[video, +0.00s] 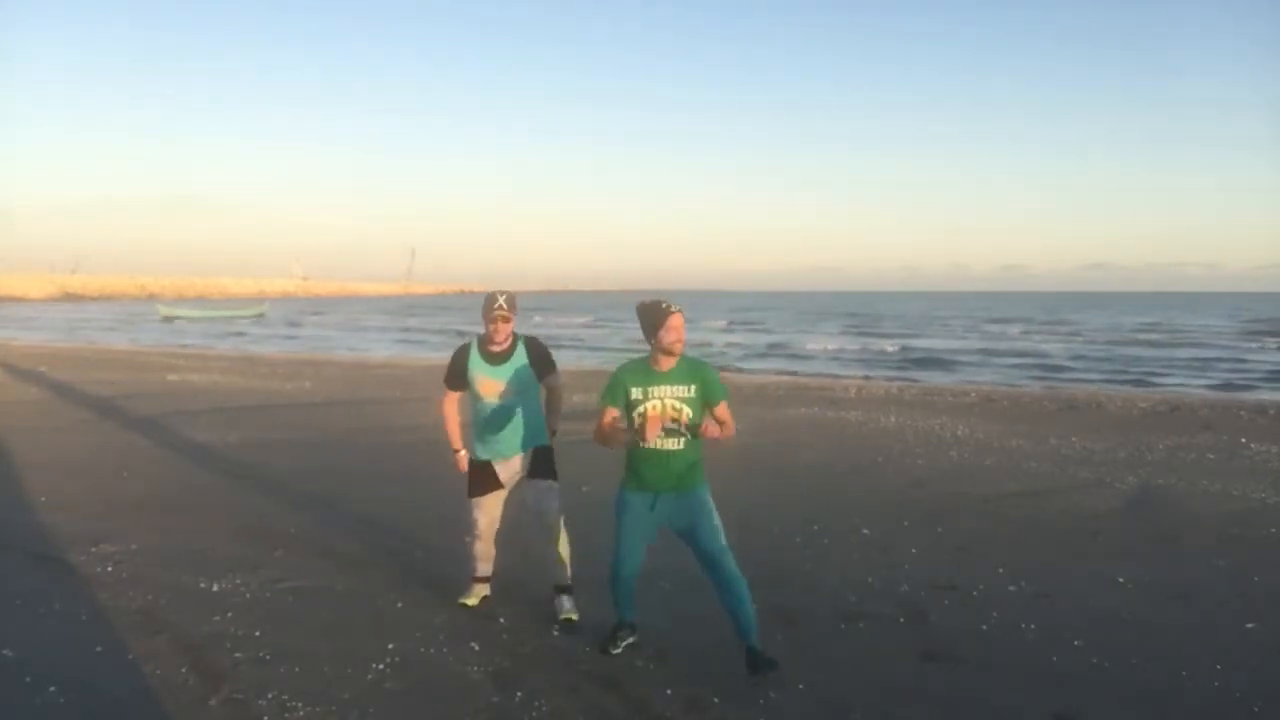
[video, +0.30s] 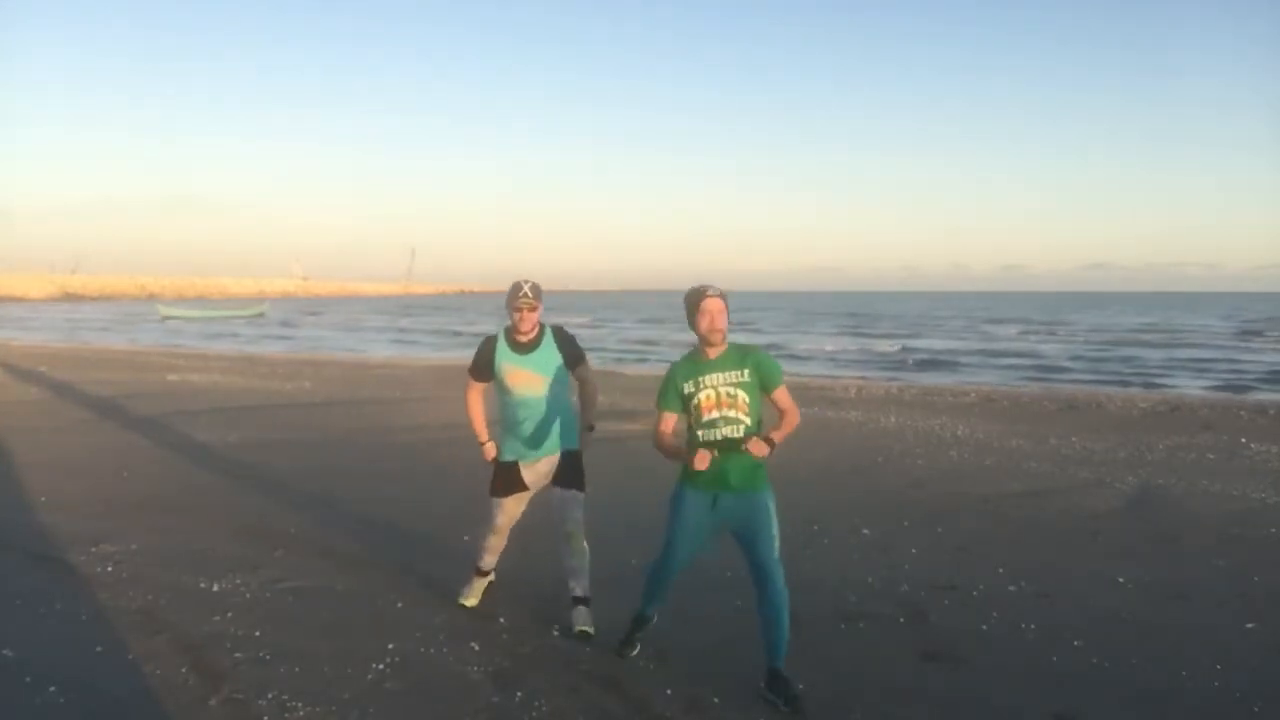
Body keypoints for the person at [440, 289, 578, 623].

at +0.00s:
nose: (499, 327)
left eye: (505, 320)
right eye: (493, 320)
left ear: (514, 321)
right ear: (484, 321)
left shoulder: (532, 349)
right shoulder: (465, 356)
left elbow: (554, 387)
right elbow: (450, 401)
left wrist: (551, 426)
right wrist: (457, 447)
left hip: (534, 450)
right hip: (487, 455)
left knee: (553, 520)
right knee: (482, 524)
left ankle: (563, 593)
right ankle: (480, 583)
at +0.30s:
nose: (524, 316)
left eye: (531, 309)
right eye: (518, 309)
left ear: (540, 310)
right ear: (508, 311)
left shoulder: (560, 340)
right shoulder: (492, 348)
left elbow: (587, 380)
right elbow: (474, 393)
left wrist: (587, 422)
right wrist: (484, 440)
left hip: (562, 450)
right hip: (514, 454)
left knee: (573, 529)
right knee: (499, 525)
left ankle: (581, 606)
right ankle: (481, 576)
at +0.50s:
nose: (548, 315)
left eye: (555, 308)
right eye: (542, 308)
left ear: (564, 308)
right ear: (532, 309)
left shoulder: (582, 343)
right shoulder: (513, 348)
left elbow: (610, 389)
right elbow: (493, 395)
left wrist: (617, 431)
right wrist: (494, 439)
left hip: (574, 454)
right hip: (527, 456)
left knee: (576, 532)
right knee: (523, 532)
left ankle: (581, 609)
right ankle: (529, 591)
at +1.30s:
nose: (536, 311)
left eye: (542, 304)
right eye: (529, 304)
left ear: (550, 304)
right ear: (516, 303)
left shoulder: (566, 339)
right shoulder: (496, 341)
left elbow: (590, 393)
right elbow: (477, 398)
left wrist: (575, 401)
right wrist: (479, 397)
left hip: (559, 458)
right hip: (508, 457)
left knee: (563, 543)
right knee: (508, 544)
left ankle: (568, 615)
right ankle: (511, 625)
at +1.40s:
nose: (529, 312)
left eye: (536, 305)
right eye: (522, 305)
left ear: (545, 305)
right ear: (510, 306)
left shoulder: (563, 340)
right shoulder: (495, 343)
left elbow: (593, 390)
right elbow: (475, 402)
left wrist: (569, 397)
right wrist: (474, 394)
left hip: (553, 459)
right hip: (502, 456)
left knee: (557, 544)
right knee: (493, 535)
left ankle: (566, 616)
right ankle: (497, 617)